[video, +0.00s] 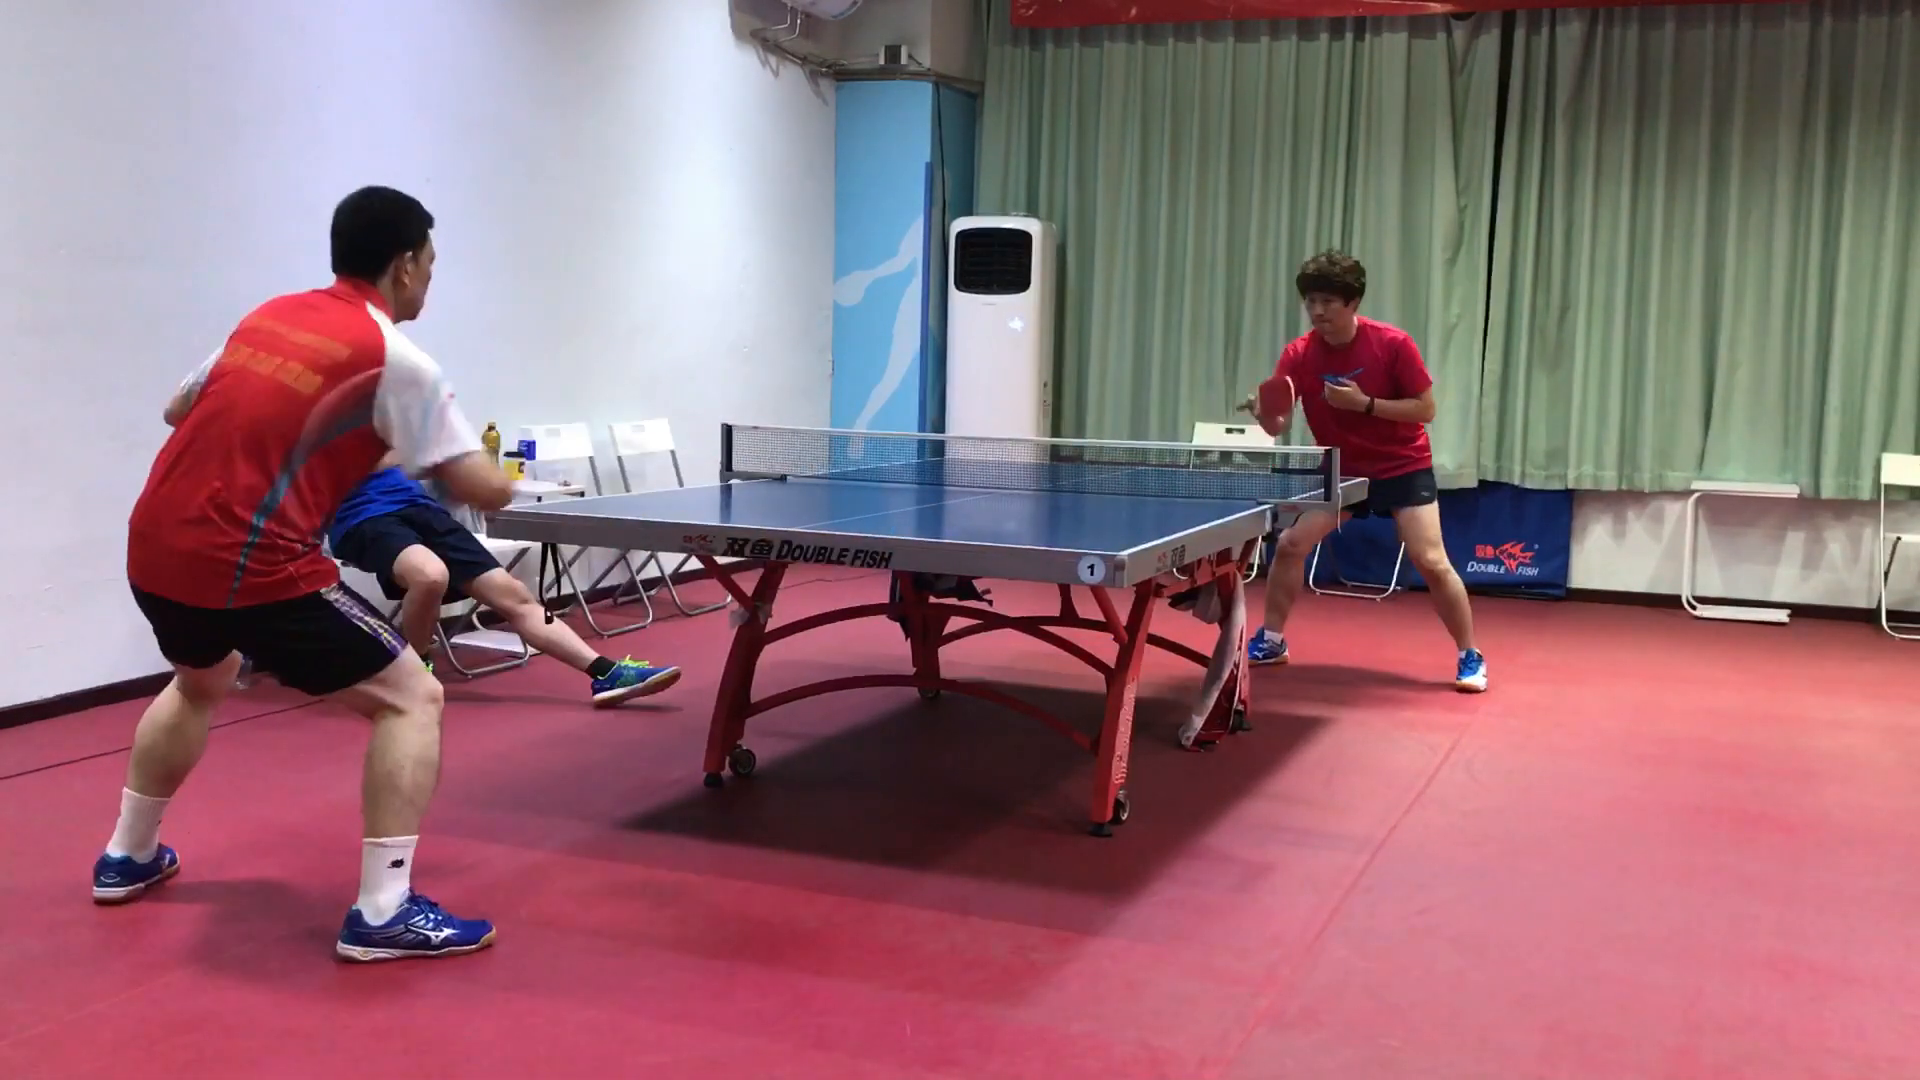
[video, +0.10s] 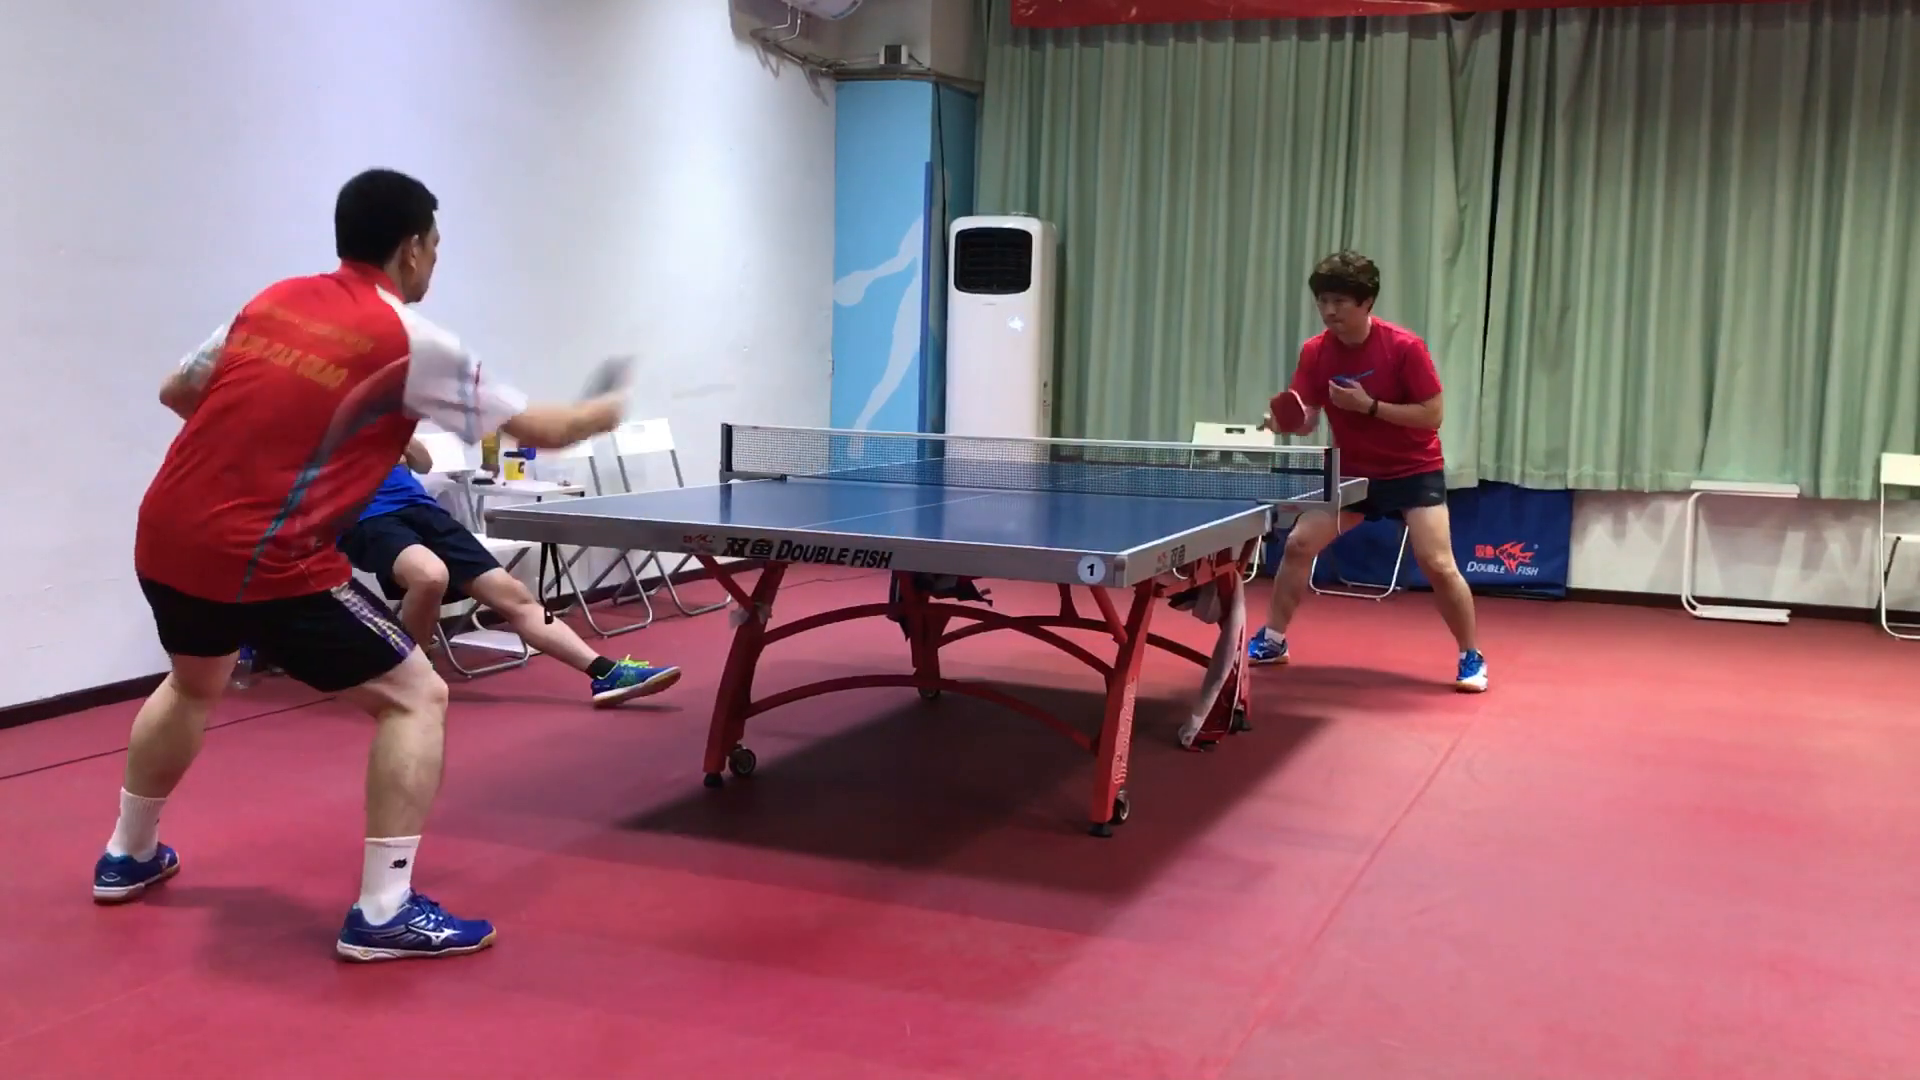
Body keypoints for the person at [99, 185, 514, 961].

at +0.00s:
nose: (430, 282)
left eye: (431, 267)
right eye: (428, 266)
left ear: (342, 260)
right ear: (404, 266)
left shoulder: (270, 315)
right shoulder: (397, 358)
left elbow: (180, 410)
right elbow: (478, 488)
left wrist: (285, 440)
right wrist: (505, 477)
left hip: (157, 555)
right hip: (259, 570)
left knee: (200, 679)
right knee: (413, 697)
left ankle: (126, 854)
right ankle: (383, 907)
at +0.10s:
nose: (435, 260)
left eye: (435, 245)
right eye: (433, 245)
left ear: (346, 244)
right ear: (409, 251)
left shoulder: (275, 300)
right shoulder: (410, 342)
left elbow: (179, 389)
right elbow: (535, 429)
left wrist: (265, 442)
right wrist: (604, 411)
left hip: (166, 542)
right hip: (271, 563)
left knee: (191, 685)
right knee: (416, 694)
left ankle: (127, 853)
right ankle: (384, 908)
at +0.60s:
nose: (414, 224)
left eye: (413, 208)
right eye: (412, 209)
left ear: (329, 207)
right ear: (386, 211)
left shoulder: (266, 275)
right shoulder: (367, 294)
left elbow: (278, 438)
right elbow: (427, 431)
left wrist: (392, 457)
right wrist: (488, 459)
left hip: (165, 521)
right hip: (256, 534)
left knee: (192, 680)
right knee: (375, 691)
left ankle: (126, 853)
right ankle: (370, 914)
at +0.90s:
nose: (418, 229)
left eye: (417, 215)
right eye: (418, 215)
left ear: (331, 209)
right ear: (400, 217)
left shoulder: (257, 274)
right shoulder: (408, 312)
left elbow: (173, 380)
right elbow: (523, 392)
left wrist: (276, 397)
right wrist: (592, 387)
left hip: (165, 515)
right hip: (277, 533)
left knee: (169, 682)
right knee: (387, 692)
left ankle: (125, 849)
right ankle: (372, 911)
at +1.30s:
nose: (402, 214)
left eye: (401, 198)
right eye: (399, 198)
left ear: (313, 199)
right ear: (371, 200)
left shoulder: (247, 268)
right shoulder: (364, 278)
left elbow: (244, 411)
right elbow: (436, 404)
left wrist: (350, 453)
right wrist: (507, 436)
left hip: (173, 511)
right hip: (269, 522)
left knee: (192, 676)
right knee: (373, 687)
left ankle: (127, 850)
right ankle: (384, 908)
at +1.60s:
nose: (430, 229)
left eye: (428, 214)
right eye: (428, 214)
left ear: (344, 211)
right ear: (407, 217)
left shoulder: (269, 274)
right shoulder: (409, 309)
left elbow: (184, 380)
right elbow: (515, 422)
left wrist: (299, 404)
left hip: (179, 519)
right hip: (284, 535)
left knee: (181, 680)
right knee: (404, 689)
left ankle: (125, 851)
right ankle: (386, 908)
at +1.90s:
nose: (385, 184)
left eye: (382, 169)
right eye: (380, 170)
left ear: (298, 177)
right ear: (354, 176)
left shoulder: (233, 256)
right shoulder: (366, 267)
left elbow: (186, 383)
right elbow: (465, 373)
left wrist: (304, 415)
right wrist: (571, 387)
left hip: (190, 511)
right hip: (292, 518)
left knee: (174, 684)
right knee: (385, 685)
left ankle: (124, 854)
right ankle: (387, 905)